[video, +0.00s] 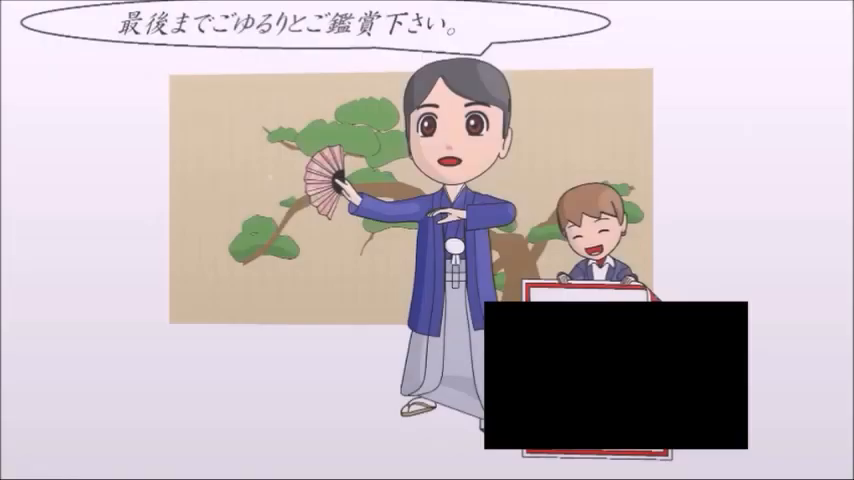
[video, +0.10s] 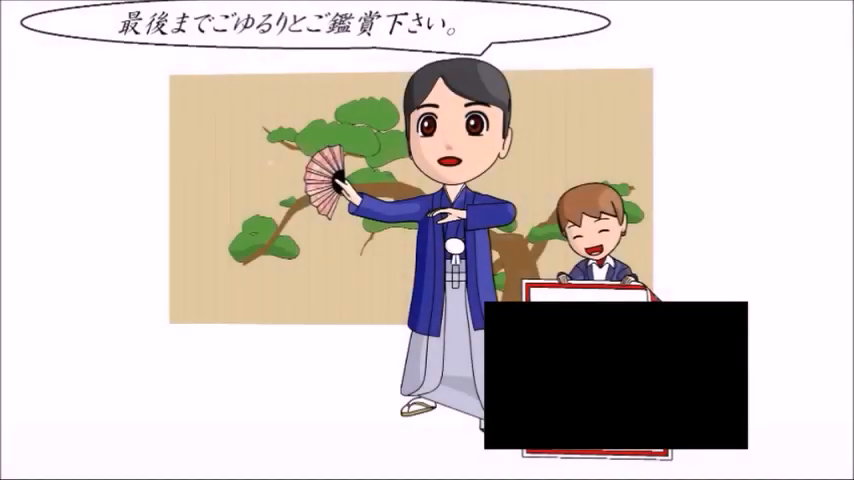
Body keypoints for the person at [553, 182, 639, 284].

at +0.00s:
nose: (591, 241)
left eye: (602, 231)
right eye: (578, 236)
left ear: (622, 226)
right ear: (568, 240)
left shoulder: (621, 269)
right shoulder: (580, 269)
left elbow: (627, 278)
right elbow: (572, 285)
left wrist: (630, 283)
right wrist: (565, 281)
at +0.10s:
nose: (591, 241)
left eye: (602, 231)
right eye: (579, 236)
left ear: (622, 226)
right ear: (568, 239)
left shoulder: (621, 269)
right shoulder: (580, 269)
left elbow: (628, 278)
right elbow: (572, 283)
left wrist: (630, 282)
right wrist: (565, 280)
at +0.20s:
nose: (591, 241)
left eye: (602, 231)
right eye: (579, 236)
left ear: (622, 226)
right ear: (568, 239)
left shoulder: (621, 269)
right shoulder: (580, 269)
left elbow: (628, 278)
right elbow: (572, 284)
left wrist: (630, 282)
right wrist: (565, 280)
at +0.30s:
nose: (591, 241)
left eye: (602, 231)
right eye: (579, 236)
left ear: (622, 226)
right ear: (568, 239)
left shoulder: (621, 269)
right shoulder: (580, 269)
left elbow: (628, 278)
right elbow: (572, 284)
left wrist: (630, 283)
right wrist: (565, 280)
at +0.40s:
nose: (591, 241)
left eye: (602, 231)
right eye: (579, 236)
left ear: (622, 225)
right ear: (568, 240)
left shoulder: (620, 269)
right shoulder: (581, 268)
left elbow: (628, 277)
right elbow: (573, 282)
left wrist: (629, 281)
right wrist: (565, 279)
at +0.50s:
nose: (591, 241)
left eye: (602, 231)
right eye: (579, 236)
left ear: (622, 225)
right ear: (568, 240)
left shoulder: (620, 269)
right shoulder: (581, 268)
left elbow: (628, 277)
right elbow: (573, 282)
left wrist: (629, 281)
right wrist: (565, 279)